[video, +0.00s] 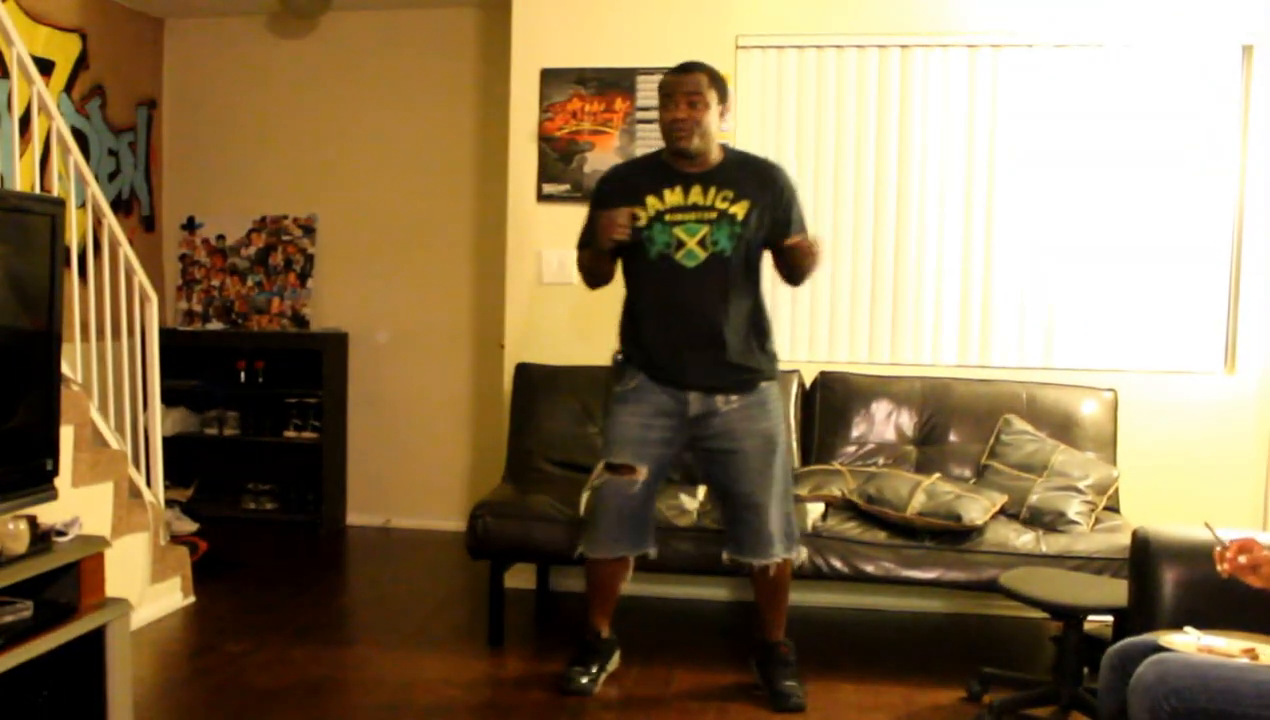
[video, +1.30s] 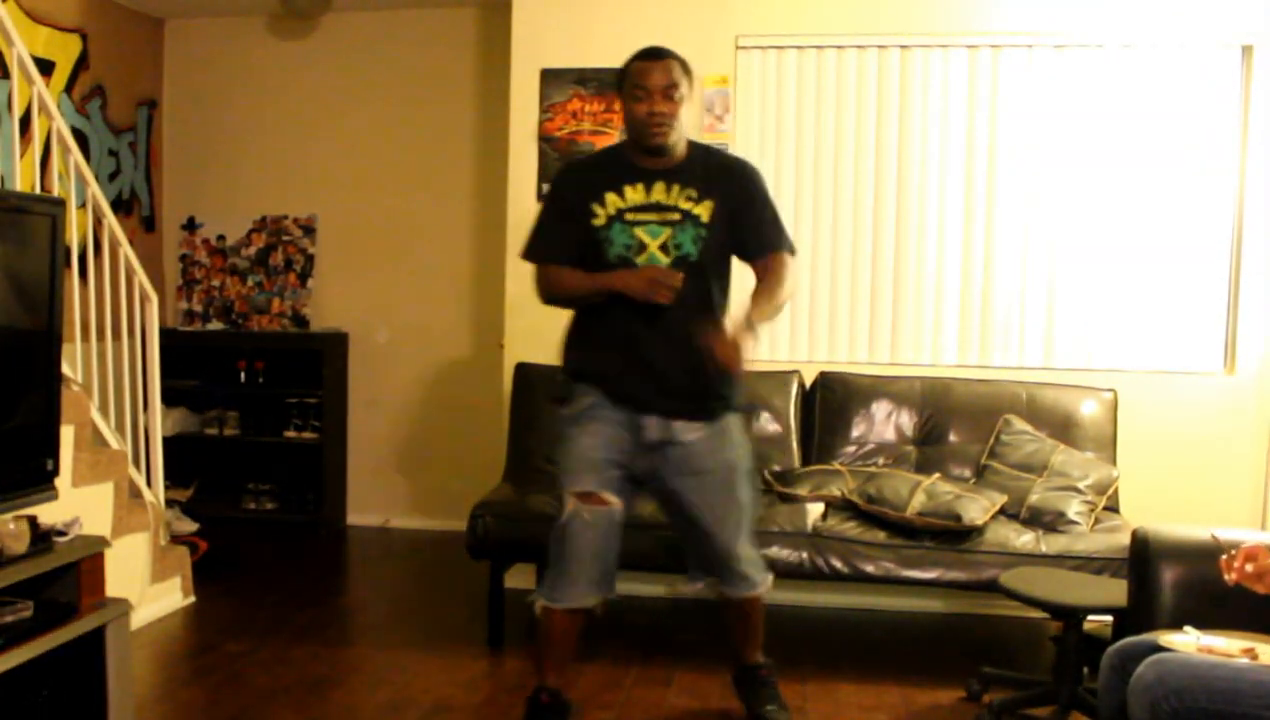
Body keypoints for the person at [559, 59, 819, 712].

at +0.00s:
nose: (680, 112)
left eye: (694, 102)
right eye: (670, 102)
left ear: (723, 111)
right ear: (659, 113)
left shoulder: (763, 181)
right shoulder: (625, 183)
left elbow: (792, 271)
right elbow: (593, 278)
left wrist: (801, 254)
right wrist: (602, 241)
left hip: (741, 382)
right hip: (648, 380)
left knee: (768, 524)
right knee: (614, 502)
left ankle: (776, 650)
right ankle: (597, 641)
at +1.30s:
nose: (656, 107)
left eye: (669, 94)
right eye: (641, 94)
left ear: (689, 101)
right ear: (621, 103)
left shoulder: (731, 180)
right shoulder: (583, 180)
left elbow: (775, 271)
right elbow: (549, 280)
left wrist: (743, 329)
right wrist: (620, 280)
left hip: (700, 403)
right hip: (602, 398)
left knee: (737, 557)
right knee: (580, 542)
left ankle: (754, 673)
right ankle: (549, 699)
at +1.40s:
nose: (639, 111)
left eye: (651, 97)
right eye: (625, 99)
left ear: (671, 100)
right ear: (602, 105)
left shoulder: (714, 164)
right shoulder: (567, 177)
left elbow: (760, 265)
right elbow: (527, 279)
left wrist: (786, 368)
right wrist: (601, 291)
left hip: (660, 391)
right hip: (568, 383)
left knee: (656, 542)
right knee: (549, 532)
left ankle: (720, 662)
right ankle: (546, 695)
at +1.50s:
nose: (628, 115)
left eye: (639, 101)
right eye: (613, 103)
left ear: (658, 100)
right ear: (589, 107)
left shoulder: (704, 156)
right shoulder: (559, 178)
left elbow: (753, 261)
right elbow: (520, 282)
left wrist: (797, 364)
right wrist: (569, 336)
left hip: (636, 390)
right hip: (549, 380)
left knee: (583, 536)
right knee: (530, 538)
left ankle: (631, 672)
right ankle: (543, 697)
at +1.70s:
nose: (613, 121)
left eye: (627, 108)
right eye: (599, 107)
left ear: (646, 106)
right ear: (573, 105)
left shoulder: (688, 171)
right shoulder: (534, 177)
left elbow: (738, 265)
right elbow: (515, 283)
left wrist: (751, 362)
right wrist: (489, 384)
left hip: (646, 393)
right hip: (552, 389)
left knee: (647, 565)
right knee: (524, 552)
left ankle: (626, 687)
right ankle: (546, 697)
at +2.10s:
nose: (667, 137)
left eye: (682, 123)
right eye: (653, 121)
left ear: (707, 115)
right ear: (632, 113)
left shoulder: (747, 181)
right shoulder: (593, 175)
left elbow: (798, 264)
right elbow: (531, 254)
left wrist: (803, 292)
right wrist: (471, 332)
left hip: (725, 410)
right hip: (629, 405)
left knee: (737, 591)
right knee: (627, 558)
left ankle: (723, 716)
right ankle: (537, 670)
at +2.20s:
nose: (685, 144)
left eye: (701, 130)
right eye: (672, 128)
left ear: (724, 124)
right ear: (651, 118)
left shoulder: (759, 190)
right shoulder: (601, 175)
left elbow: (823, 283)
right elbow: (528, 240)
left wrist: (806, 256)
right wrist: (466, 312)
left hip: (740, 416)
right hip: (643, 409)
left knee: (752, 602)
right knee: (670, 565)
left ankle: (724, 715)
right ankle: (602, 697)